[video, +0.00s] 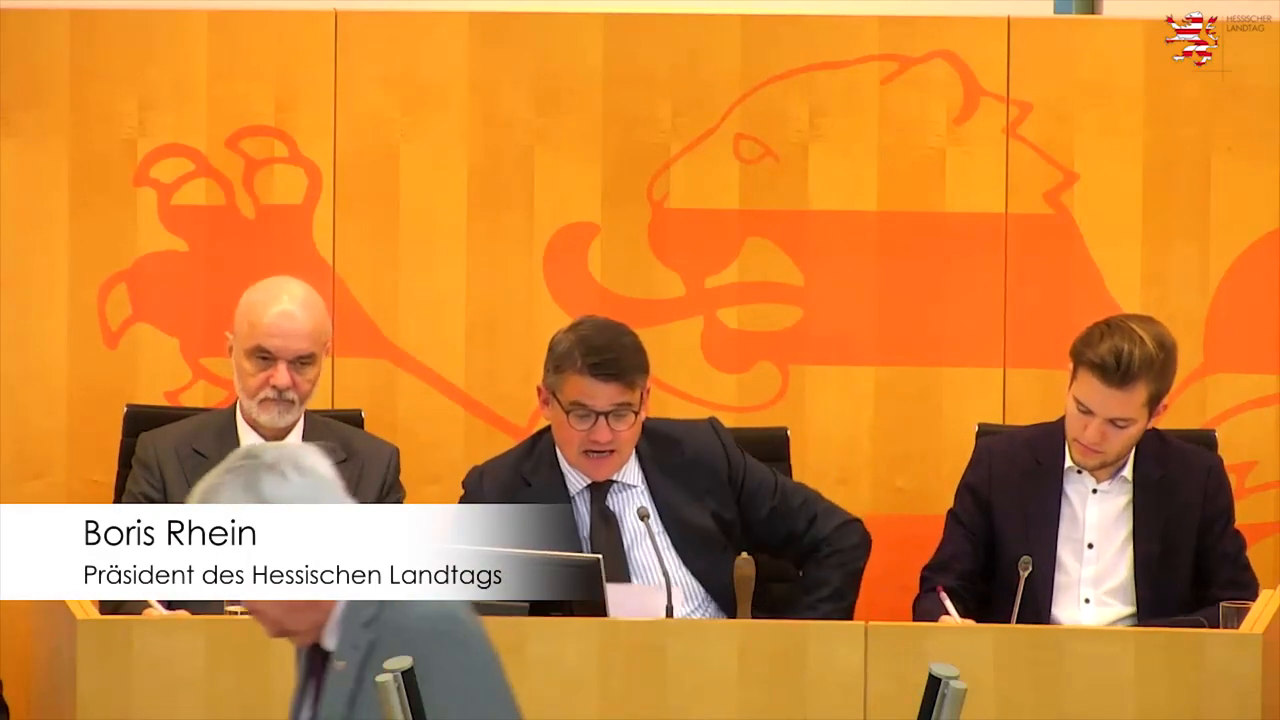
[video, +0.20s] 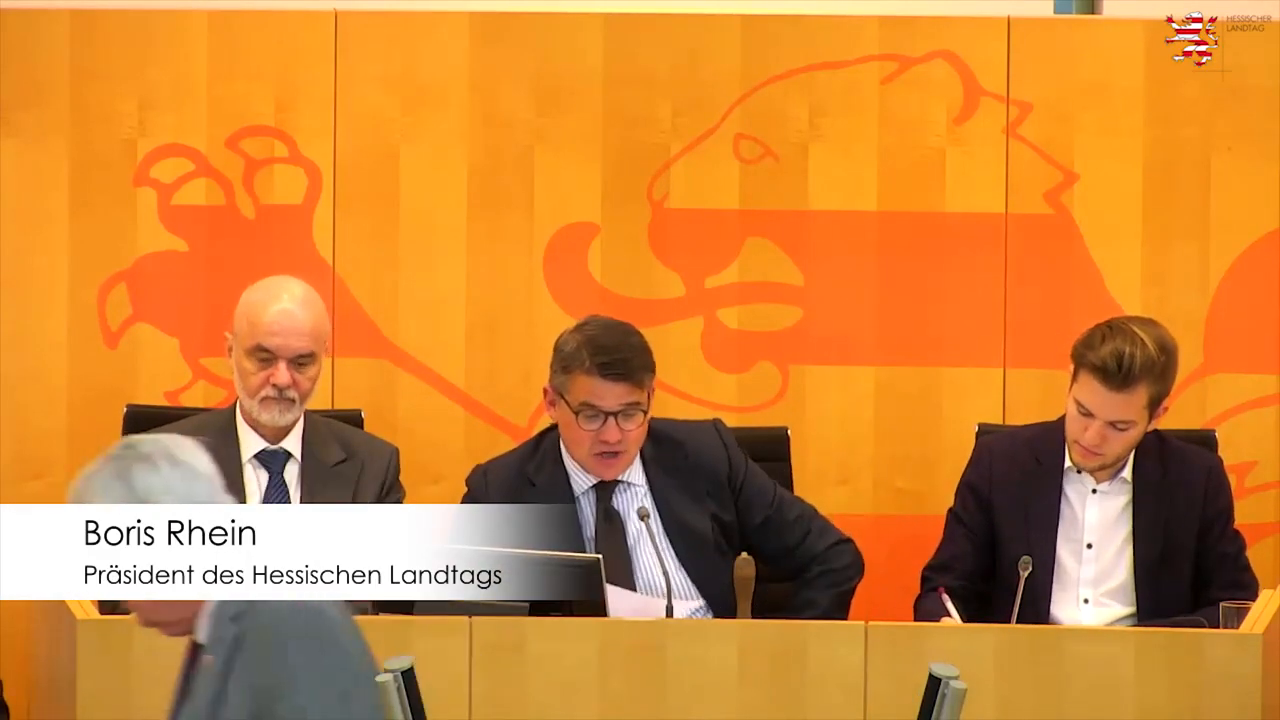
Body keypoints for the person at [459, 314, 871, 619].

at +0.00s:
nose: (602, 436)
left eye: (619, 415)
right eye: (581, 415)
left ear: (644, 398)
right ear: (546, 400)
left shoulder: (705, 455)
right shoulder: (495, 490)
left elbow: (840, 540)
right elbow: (468, 624)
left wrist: (797, 655)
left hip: (718, 670)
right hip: (579, 683)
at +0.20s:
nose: (612, 435)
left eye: (629, 414)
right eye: (591, 415)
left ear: (650, 396)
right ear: (552, 403)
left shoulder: (709, 455)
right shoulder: (498, 489)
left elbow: (833, 561)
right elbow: (471, 625)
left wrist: (786, 668)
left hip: (713, 670)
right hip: (574, 682)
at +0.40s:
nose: (620, 435)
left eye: (637, 415)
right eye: (599, 416)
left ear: (656, 398)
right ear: (559, 403)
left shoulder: (711, 455)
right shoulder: (502, 489)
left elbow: (832, 564)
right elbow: (474, 629)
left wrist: (786, 671)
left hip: (712, 672)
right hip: (572, 684)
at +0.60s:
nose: (624, 433)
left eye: (642, 412)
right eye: (603, 413)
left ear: (659, 397)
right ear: (562, 400)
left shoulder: (713, 454)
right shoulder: (505, 488)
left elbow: (833, 565)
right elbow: (472, 627)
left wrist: (788, 672)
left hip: (713, 673)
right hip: (574, 683)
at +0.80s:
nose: (623, 432)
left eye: (639, 411)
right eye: (601, 413)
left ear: (657, 396)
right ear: (561, 403)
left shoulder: (713, 455)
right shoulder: (504, 488)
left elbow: (832, 564)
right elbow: (471, 628)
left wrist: (788, 672)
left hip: (713, 677)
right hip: (572, 687)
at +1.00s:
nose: (618, 428)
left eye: (632, 405)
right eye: (594, 410)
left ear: (650, 393)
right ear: (555, 407)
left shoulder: (707, 452)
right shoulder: (501, 489)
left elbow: (824, 565)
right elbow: (469, 627)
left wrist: (779, 670)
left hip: (710, 678)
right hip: (570, 688)